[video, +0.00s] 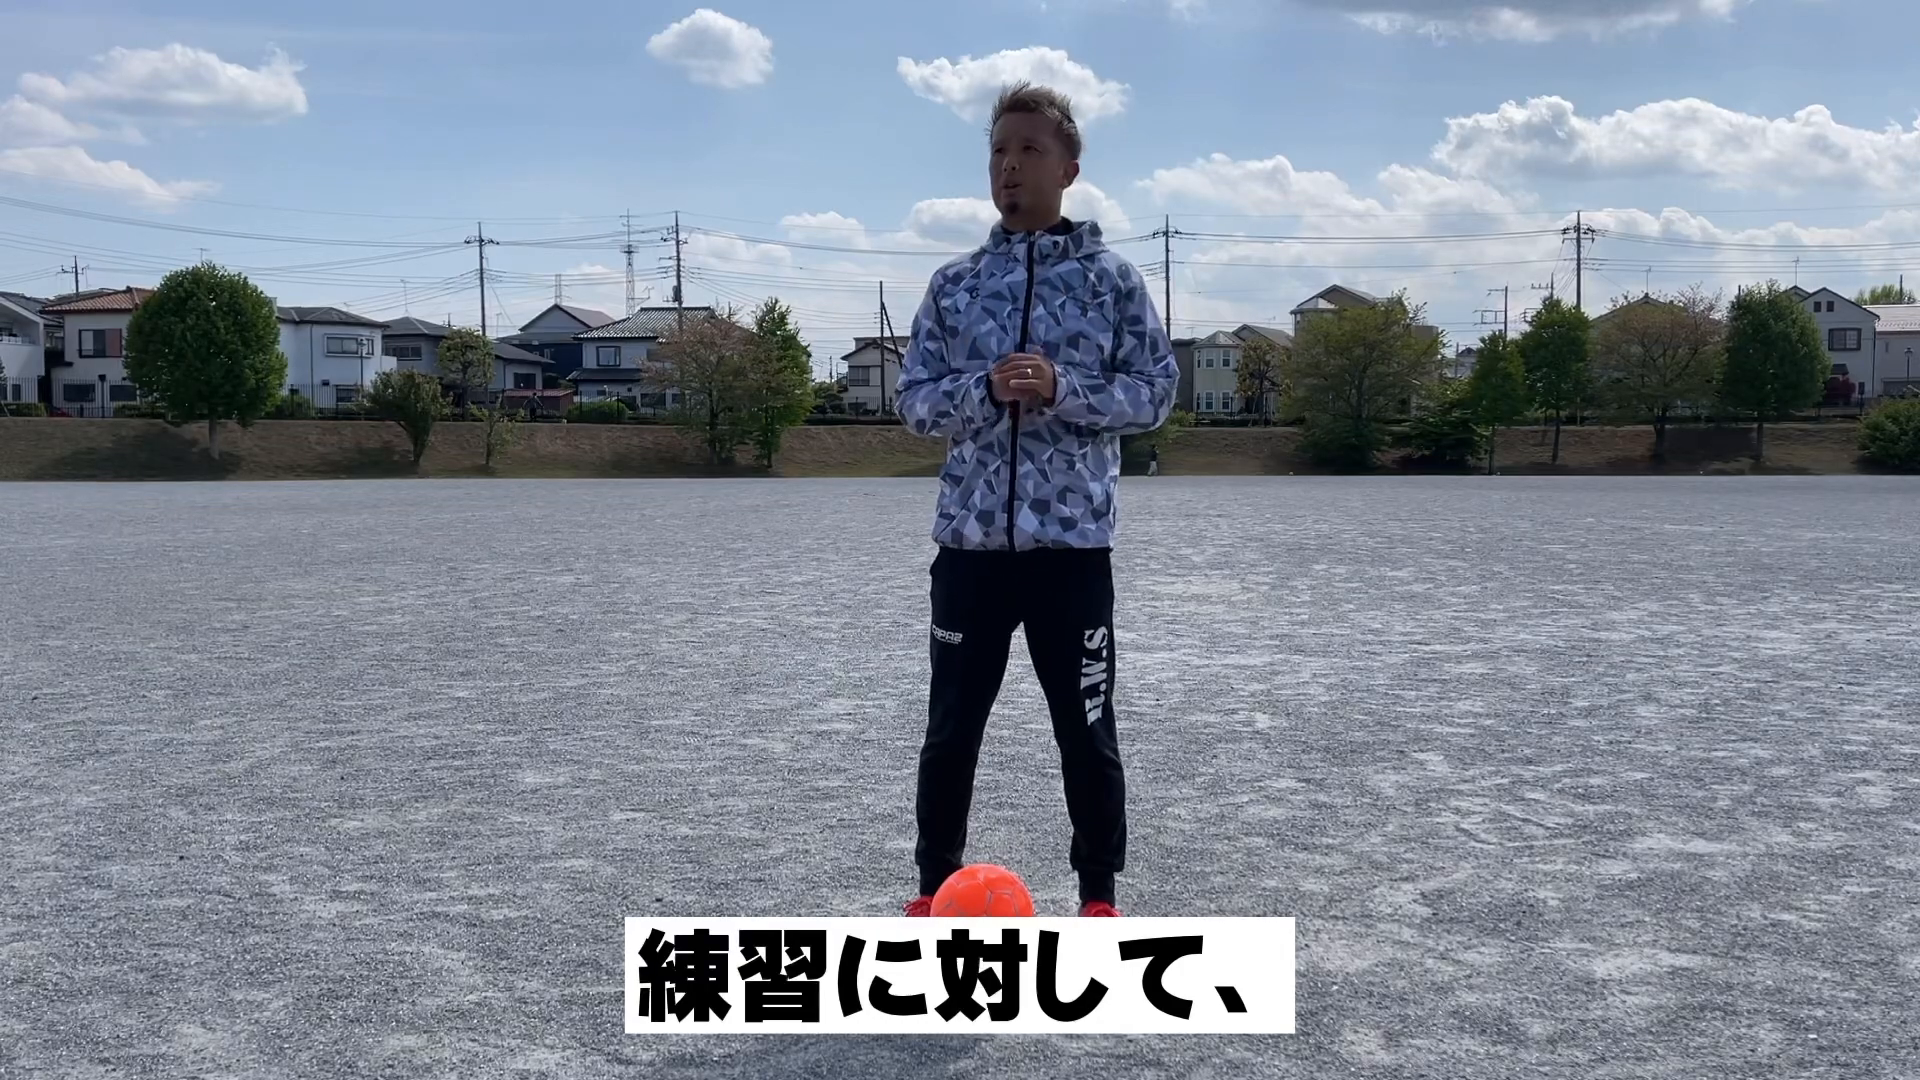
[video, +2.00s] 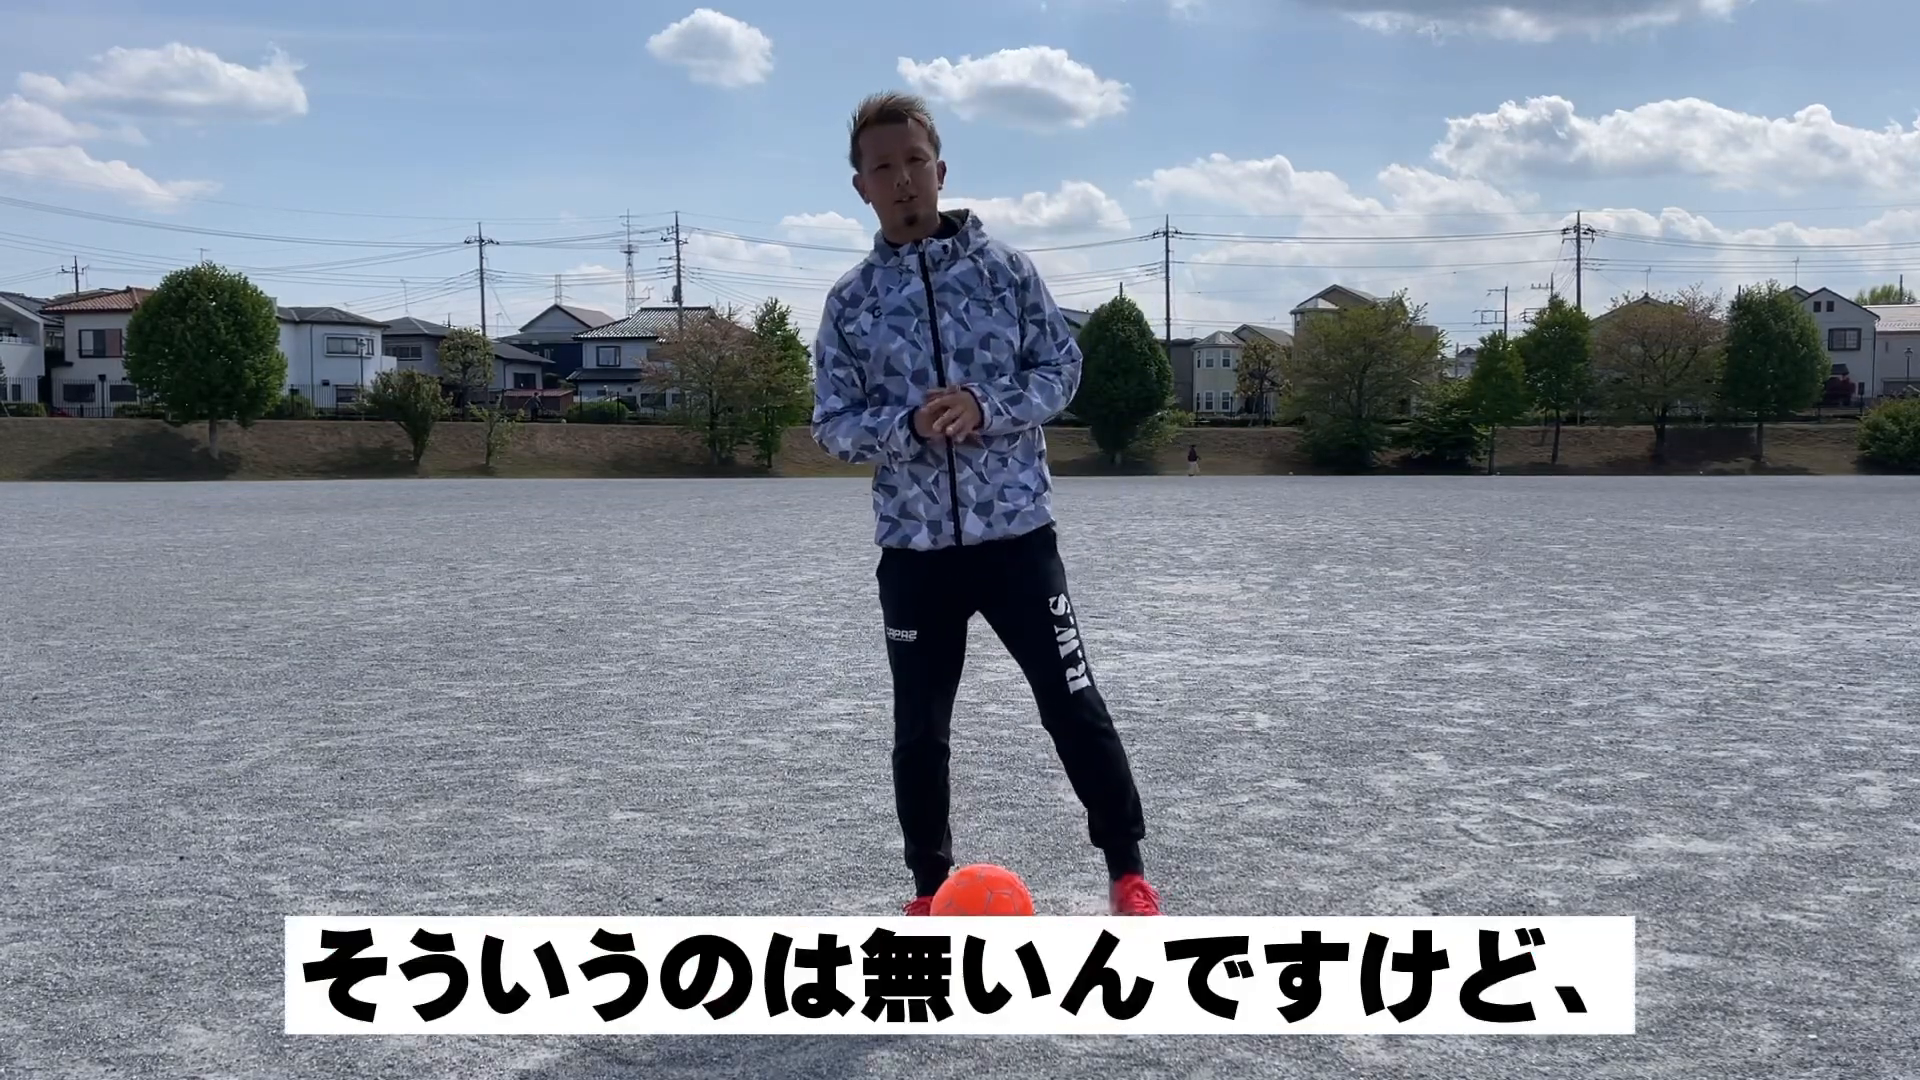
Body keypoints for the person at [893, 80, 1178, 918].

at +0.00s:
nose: (1010, 164)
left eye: (1029, 150)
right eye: (1000, 151)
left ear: (1069, 166)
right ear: (989, 165)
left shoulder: (1113, 280)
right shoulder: (955, 284)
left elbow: (1150, 395)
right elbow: (917, 398)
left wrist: (1061, 390)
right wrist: (983, 386)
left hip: (1070, 538)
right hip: (970, 537)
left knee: (1084, 728)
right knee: (951, 728)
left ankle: (1098, 898)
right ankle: (934, 893)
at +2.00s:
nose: (903, 180)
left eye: (915, 162)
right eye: (883, 168)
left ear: (941, 168)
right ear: (860, 184)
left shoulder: (1003, 266)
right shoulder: (850, 302)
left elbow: (1061, 368)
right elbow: (832, 423)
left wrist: (992, 406)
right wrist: (907, 424)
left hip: (1015, 531)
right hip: (913, 544)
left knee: (1073, 702)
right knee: (918, 727)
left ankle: (1127, 877)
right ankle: (928, 891)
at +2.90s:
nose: (1102, 161)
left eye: (1121, 151)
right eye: (1087, 146)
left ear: (1141, 176)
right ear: (1060, 162)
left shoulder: (1164, 292)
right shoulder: (1005, 275)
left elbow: (1189, 412)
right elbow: (954, 389)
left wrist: (1116, 406)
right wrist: (1011, 396)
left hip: (1101, 546)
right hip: (999, 536)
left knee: (1098, 732)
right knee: (950, 713)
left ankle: (1093, 904)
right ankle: (928, 860)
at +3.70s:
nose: (1078, 170)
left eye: (1097, 155)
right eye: (1064, 153)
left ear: (1123, 170)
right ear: (1040, 164)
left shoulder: (1155, 283)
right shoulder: (998, 274)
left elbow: (1195, 397)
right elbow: (952, 387)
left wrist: (1100, 415)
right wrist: (1011, 416)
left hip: (1094, 540)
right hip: (993, 526)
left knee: (1097, 732)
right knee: (945, 653)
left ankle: (1091, 909)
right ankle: (1000, 782)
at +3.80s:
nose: (1072, 170)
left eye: (1090, 156)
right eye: (1057, 154)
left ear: (1114, 170)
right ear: (1032, 165)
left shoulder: (1143, 285)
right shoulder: (987, 278)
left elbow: (1183, 399)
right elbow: (947, 391)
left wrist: (1088, 418)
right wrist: (1001, 416)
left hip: (1087, 543)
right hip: (986, 534)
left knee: (1093, 730)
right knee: (941, 674)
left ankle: (1092, 909)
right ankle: (967, 808)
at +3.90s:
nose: (1061, 170)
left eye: (1079, 156)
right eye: (1046, 154)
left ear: (1103, 170)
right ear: (1019, 166)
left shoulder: (1132, 284)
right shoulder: (975, 278)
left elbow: (1169, 404)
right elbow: (934, 392)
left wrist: (1080, 413)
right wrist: (985, 420)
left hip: (1079, 544)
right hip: (979, 539)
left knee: (1088, 729)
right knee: (942, 715)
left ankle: (1091, 909)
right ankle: (923, 879)